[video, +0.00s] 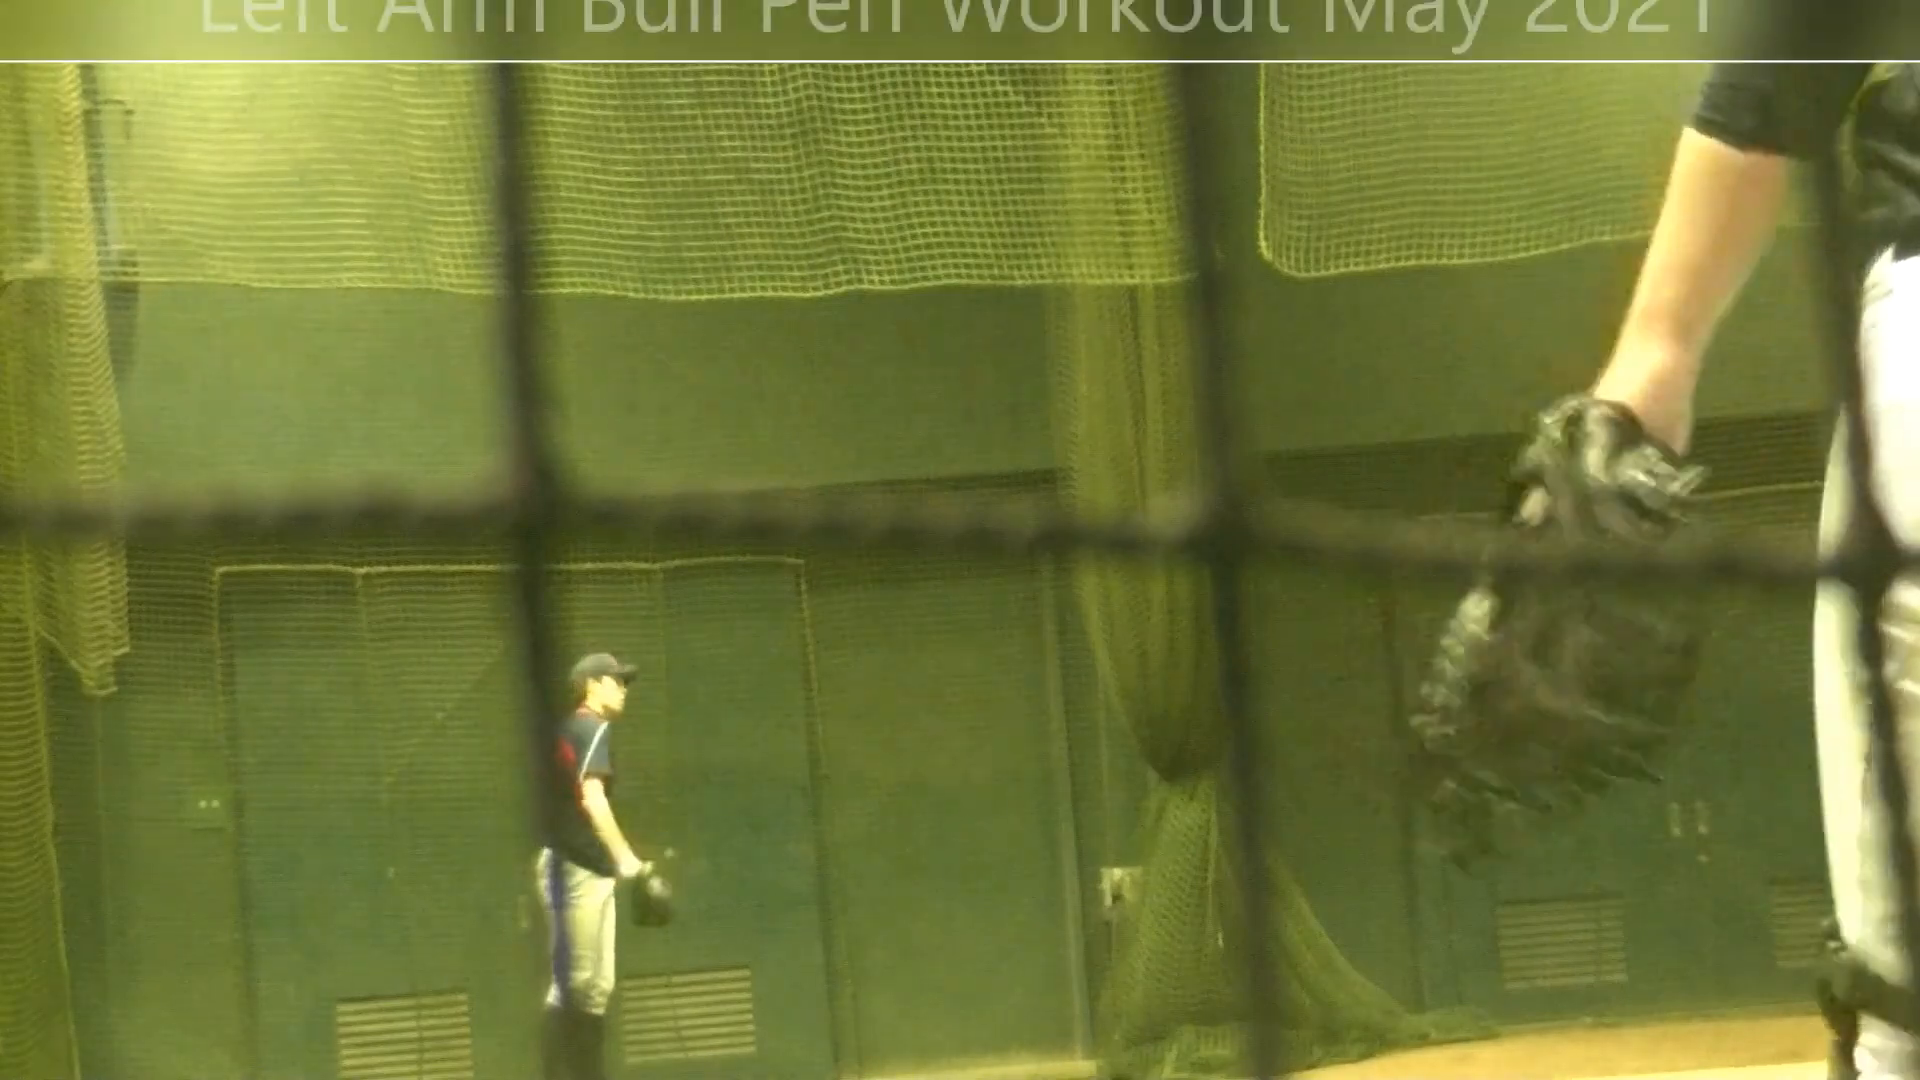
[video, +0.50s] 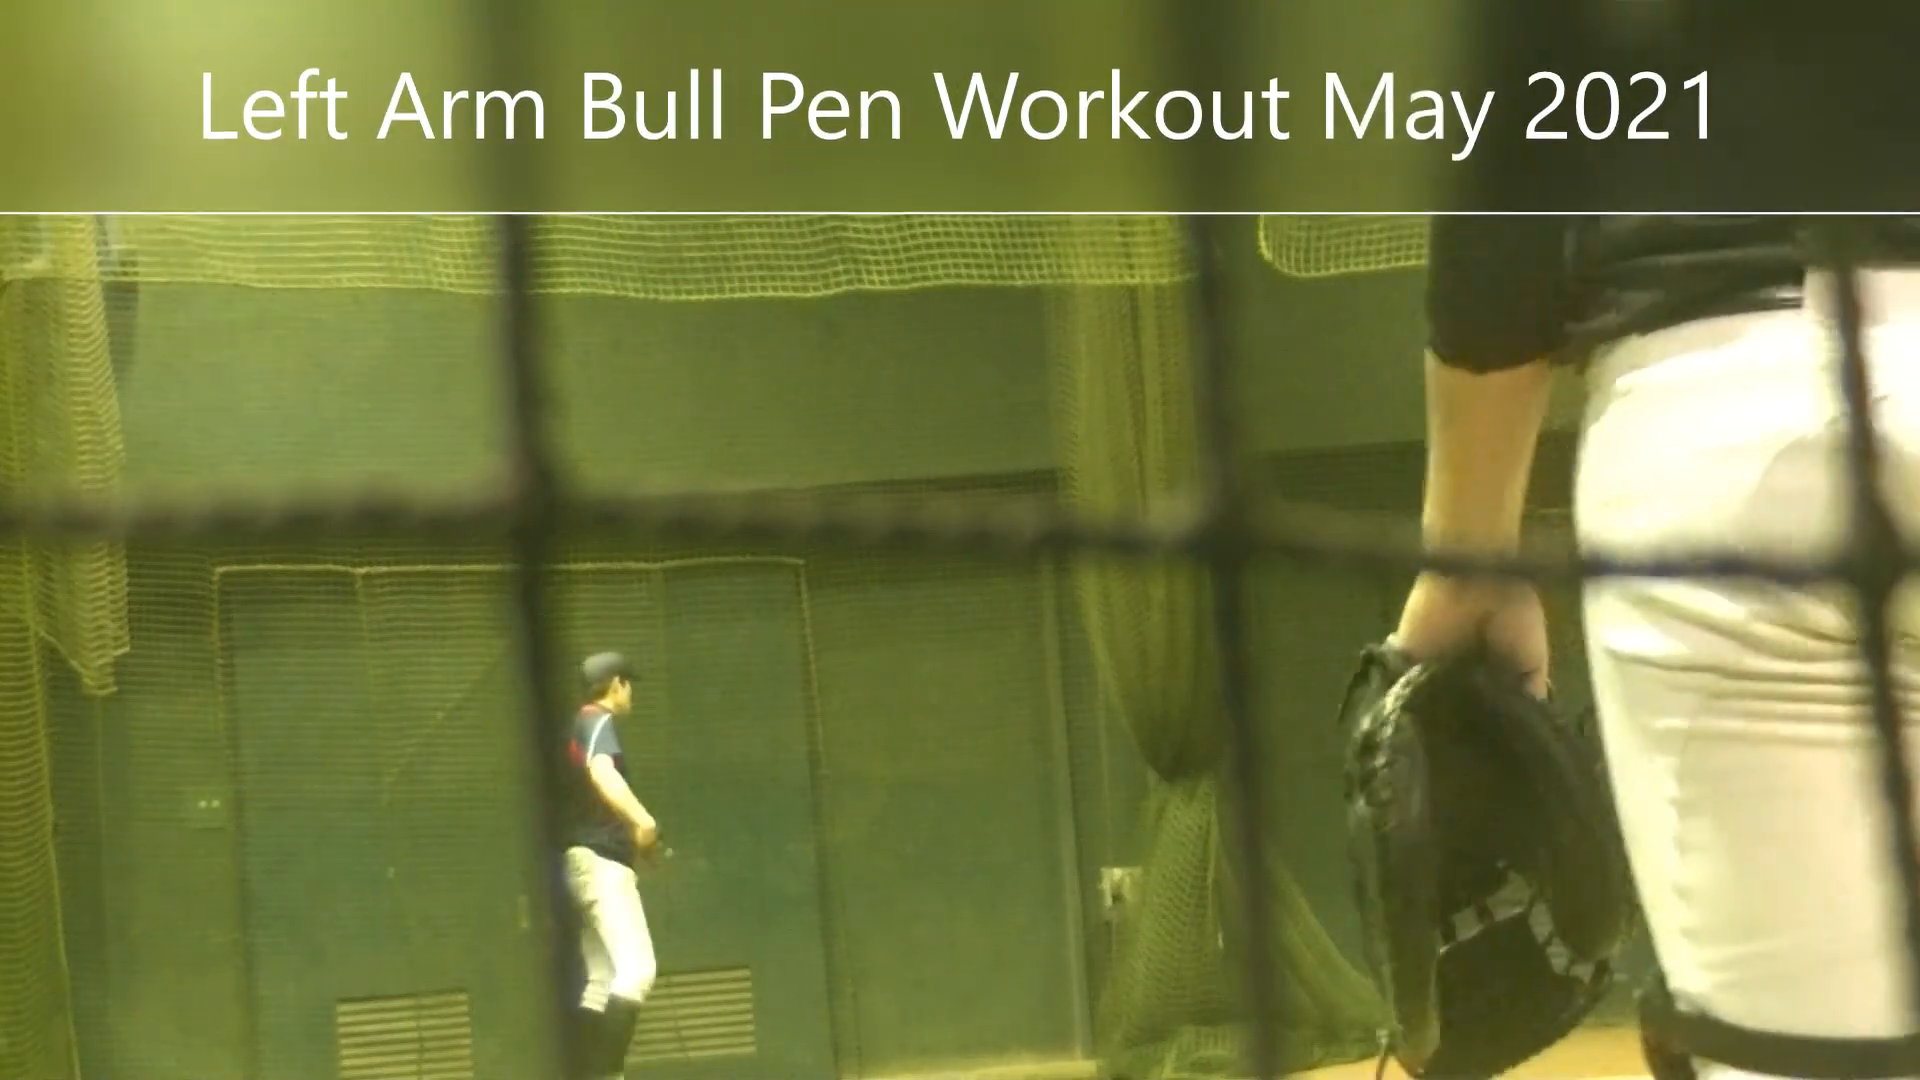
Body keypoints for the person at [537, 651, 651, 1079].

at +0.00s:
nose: (624, 690)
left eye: (622, 683)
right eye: (616, 682)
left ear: (592, 688)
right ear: (592, 686)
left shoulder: (583, 728)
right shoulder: (587, 727)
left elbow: (577, 801)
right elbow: (591, 794)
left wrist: (634, 869)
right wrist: (628, 861)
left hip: (593, 869)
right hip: (573, 867)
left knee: (596, 986)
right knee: (577, 986)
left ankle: (583, 1074)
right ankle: (565, 1075)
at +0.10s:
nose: (624, 692)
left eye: (623, 684)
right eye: (619, 684)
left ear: (593, 688)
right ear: (597, 686)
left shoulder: (573, 728)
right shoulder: (595, 730)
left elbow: (572, 810)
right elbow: (588, 807)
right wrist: (609, 876)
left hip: (577, 863)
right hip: (576, 865)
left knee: (595, 985)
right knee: (584, 986)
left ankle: (580, 1072)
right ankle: (576, 1073)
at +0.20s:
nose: (624, 693)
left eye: (622, 685)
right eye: (619, 684)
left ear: (592, 688)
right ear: (602, 686)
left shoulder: (575, 727)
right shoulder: (596, 727)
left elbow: (580, 805)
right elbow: (590, 802)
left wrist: (620, 874)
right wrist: (619, 868)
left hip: (584, 865)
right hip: (583, 866)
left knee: (598, 987)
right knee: (587, 986)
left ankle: (582, 1074)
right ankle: (575, 1074)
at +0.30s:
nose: (625, 694)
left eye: (622, 685)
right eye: (621, 685)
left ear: (591, 688)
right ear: (606, 686)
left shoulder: (573, 727)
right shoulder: (593, 726)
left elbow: (585, 808)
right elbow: (592, 797)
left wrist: (636, 869)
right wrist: (636, 858)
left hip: (577, 862)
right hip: (590, 866)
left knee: (586, 983)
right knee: (598, 983)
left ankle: (577, 1072)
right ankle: (583, 1074)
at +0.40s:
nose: (627, 694)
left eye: (625, 686)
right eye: (624, 685)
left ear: (594, 687)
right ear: (610, 686)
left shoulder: (575, 726)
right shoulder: (594, 724)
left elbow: (589, 799)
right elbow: (596, 786)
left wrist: (641, 853)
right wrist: (643, 838)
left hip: (576, 860)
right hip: (592, 862)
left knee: (589, 973)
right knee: (619, 969)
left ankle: (581, 1069)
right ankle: (582, 1069)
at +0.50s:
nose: (630, 694)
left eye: (628, 686)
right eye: (627, 686)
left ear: (596, 687)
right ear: (614, 686)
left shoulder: (578, 723)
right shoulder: (597, 719)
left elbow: (588, 795)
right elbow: (600, 770)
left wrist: (637, 844)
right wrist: (642, 820)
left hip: (580, 860)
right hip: (598, 862)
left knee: (600, 976)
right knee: (635, 968)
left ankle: (580, 1069)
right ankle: (604, 1070)